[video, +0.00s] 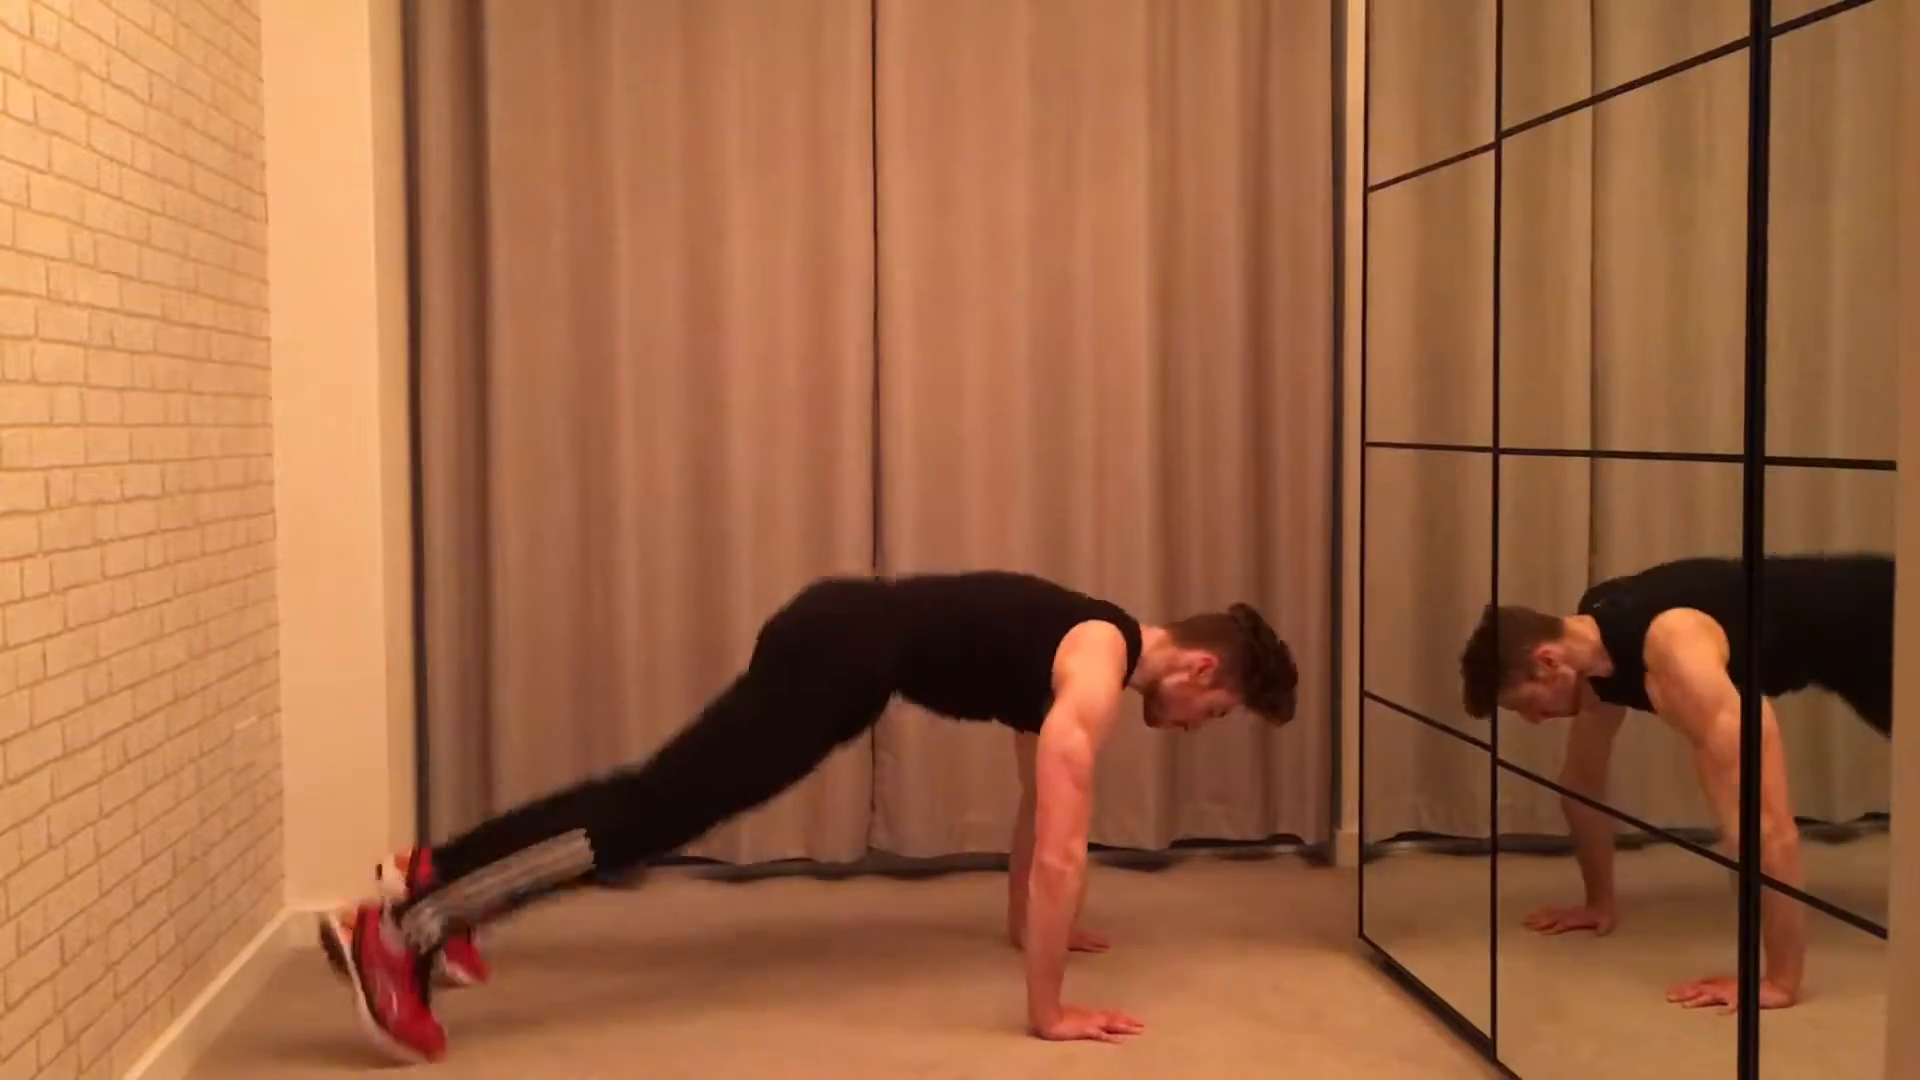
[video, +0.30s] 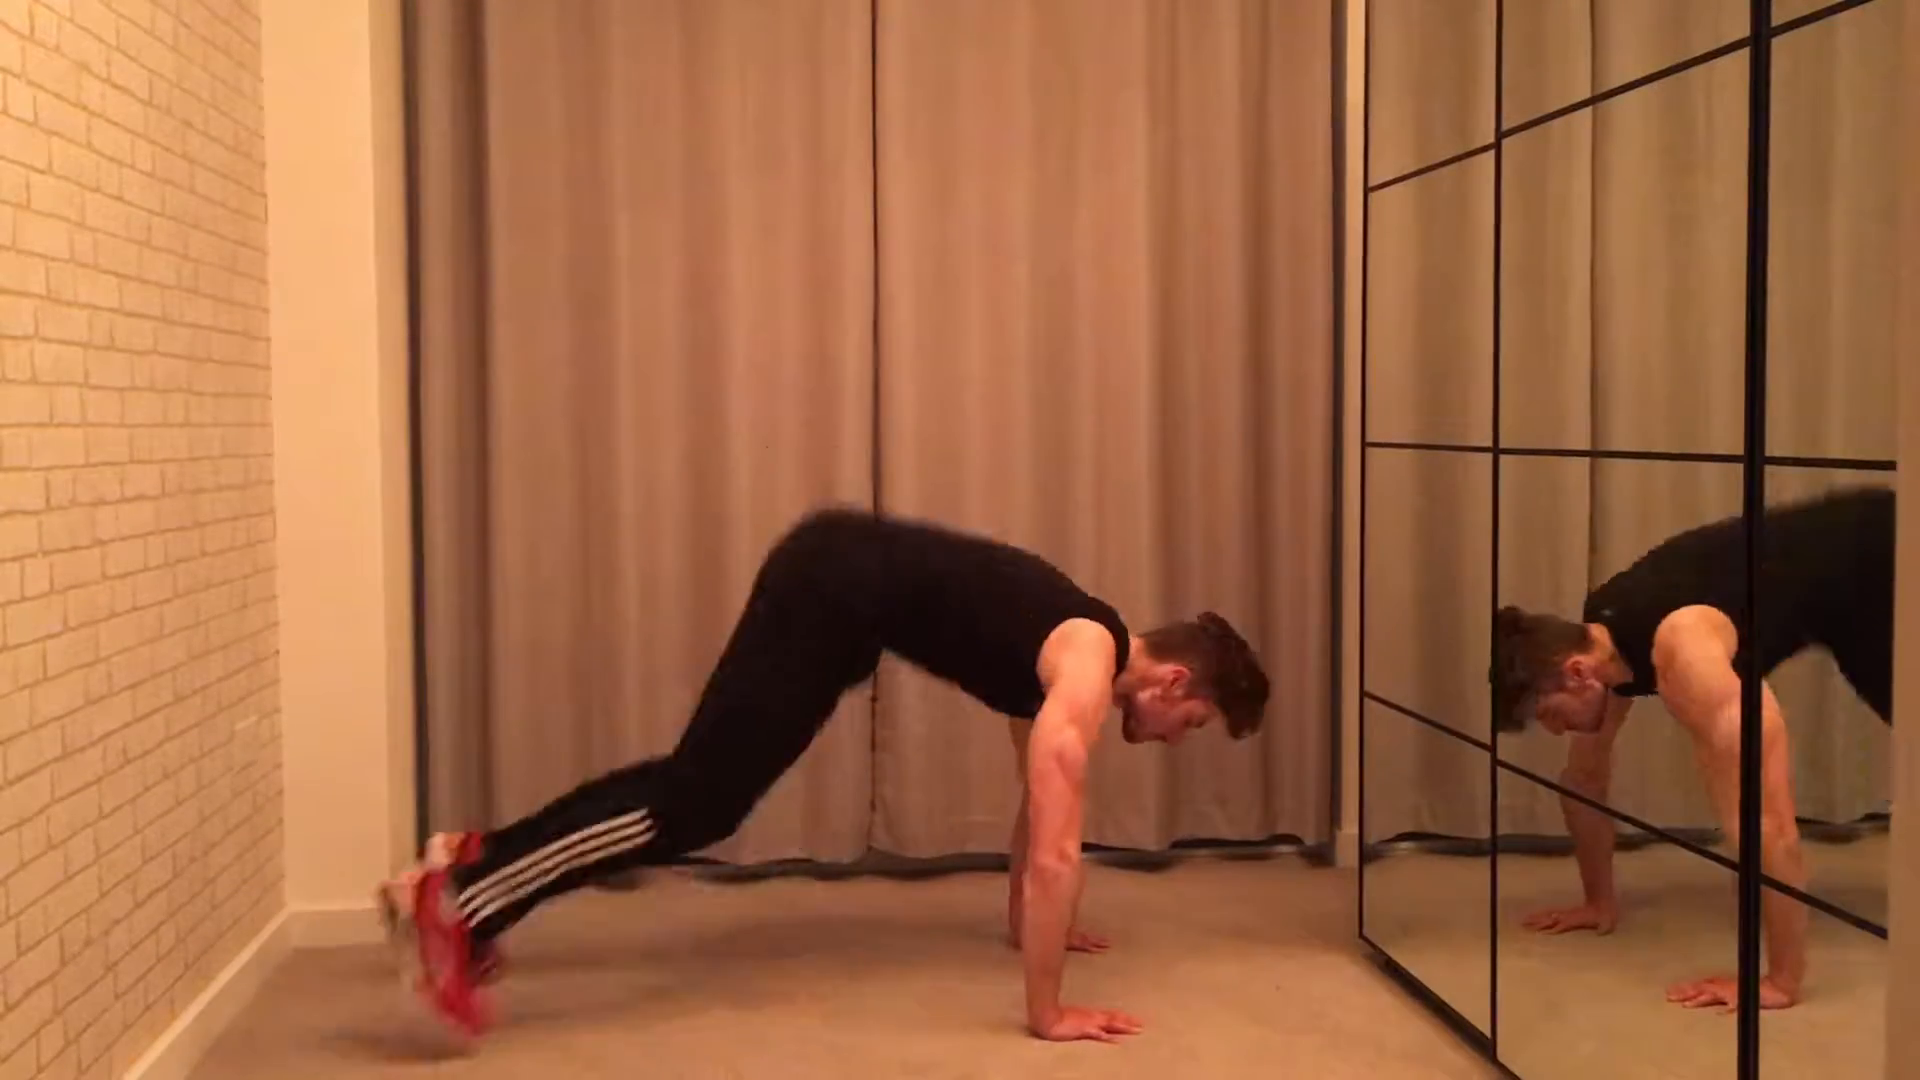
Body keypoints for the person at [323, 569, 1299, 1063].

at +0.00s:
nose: (1196, 724)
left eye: (1214, 717)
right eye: (1215, 708)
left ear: (1193, 657)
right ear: (1202, 662)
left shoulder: (1099, 654)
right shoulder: (1096, 667)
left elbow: (1045, 817)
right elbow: (1058, 847)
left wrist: (1033, 920)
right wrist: (1047, 1011)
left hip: (837, 644)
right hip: (838, 660)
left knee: (653, 802)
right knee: (650, 814)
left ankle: (431, 881)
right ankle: (407, 919)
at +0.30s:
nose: (1179, 738)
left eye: (1196, 728)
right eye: (1195, 722)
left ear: (1171, 667)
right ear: (1175, 681)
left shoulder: (1088, 652)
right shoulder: (1078, 670)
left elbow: (1045, 818)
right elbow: (1051, 851)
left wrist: (1040, 924)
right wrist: (1047, 1014)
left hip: (840, 581)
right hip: (830, 583)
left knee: (694, 787)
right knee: (693, 803)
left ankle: (475, 865)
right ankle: (458, 911)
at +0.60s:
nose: (1126, 690)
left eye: (1139, 679)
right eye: (1137, 672)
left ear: (1101, 627)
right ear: (1109, 636)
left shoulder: (1029, 622)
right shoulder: (1020, 648)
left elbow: (1024, 794)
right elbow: (1028, 851)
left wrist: (1037, 923)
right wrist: (1045, 1009)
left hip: (798, 517)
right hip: (789, 530)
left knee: (916, 721)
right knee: (926, 731)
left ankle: (848, 913)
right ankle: (846, 955)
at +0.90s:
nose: (1137, 335)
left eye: (1141, 316)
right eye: (1133, 313)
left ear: (1075, 304)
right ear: (1088, 301)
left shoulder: (1012, 388)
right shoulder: (1037, 414)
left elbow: (1022, 605)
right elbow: (1036, 616)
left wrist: (1060, 757)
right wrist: (1068, 777)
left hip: (819, 545)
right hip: (833, 558)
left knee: (947, 744)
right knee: (977, 759)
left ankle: (853, 920)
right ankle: (855, 965)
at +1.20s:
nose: (1149, 92)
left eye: (1160, 76)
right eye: (1154, 68)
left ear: (1104, 32)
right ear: (1115, 30)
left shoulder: (1026, 108)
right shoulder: (1032, 121)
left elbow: (960, 281)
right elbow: (964, 289)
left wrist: (945, 432)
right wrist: (941, 446)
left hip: (928, 353)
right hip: (933, 362)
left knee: (957, 593)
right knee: (968, 596)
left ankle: (917, 807)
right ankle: (938, 835)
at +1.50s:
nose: (1200, 351)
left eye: (1210, 335)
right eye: (1201, 329)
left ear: (1151, 301)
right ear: (1159, 300)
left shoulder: (1067, 357)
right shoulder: (1070, 379)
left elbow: (953, 494)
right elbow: (980, 523)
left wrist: (906, 626)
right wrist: (933, 673)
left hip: (905, 547)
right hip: (916, 560)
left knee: (1067, 716)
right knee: (1092, 718)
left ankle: (1039, 916)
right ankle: (1054, 951)